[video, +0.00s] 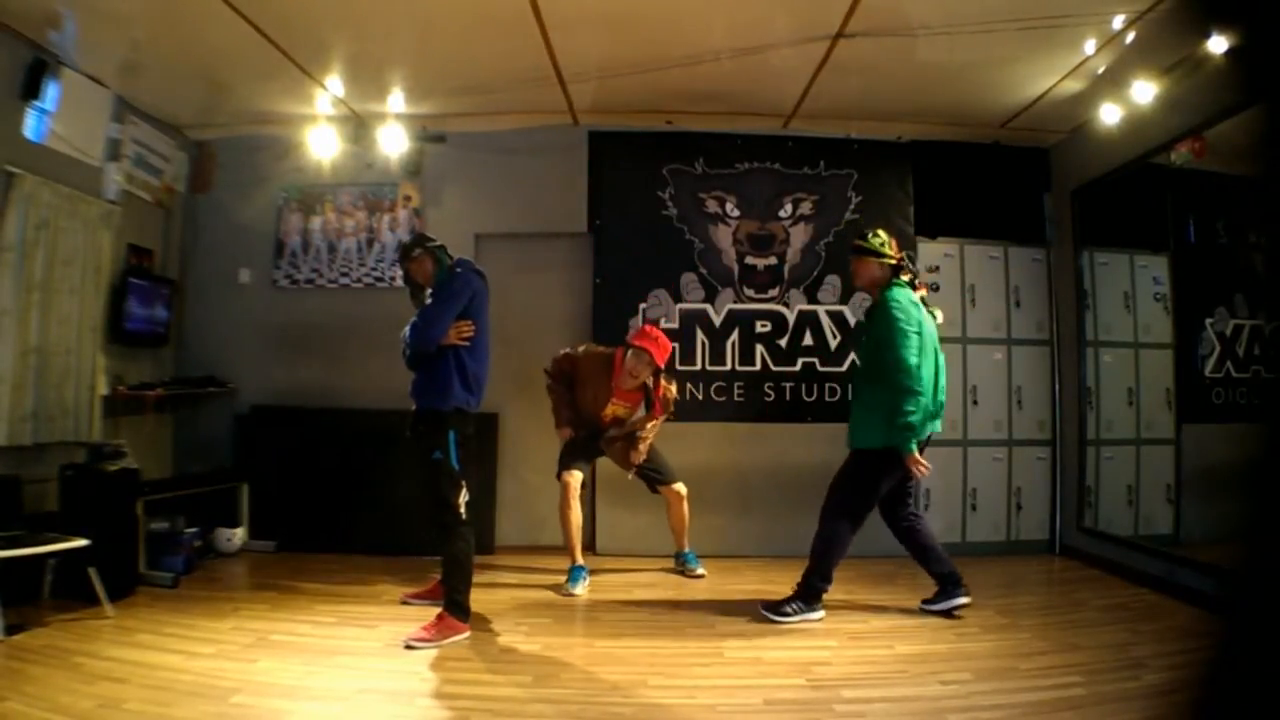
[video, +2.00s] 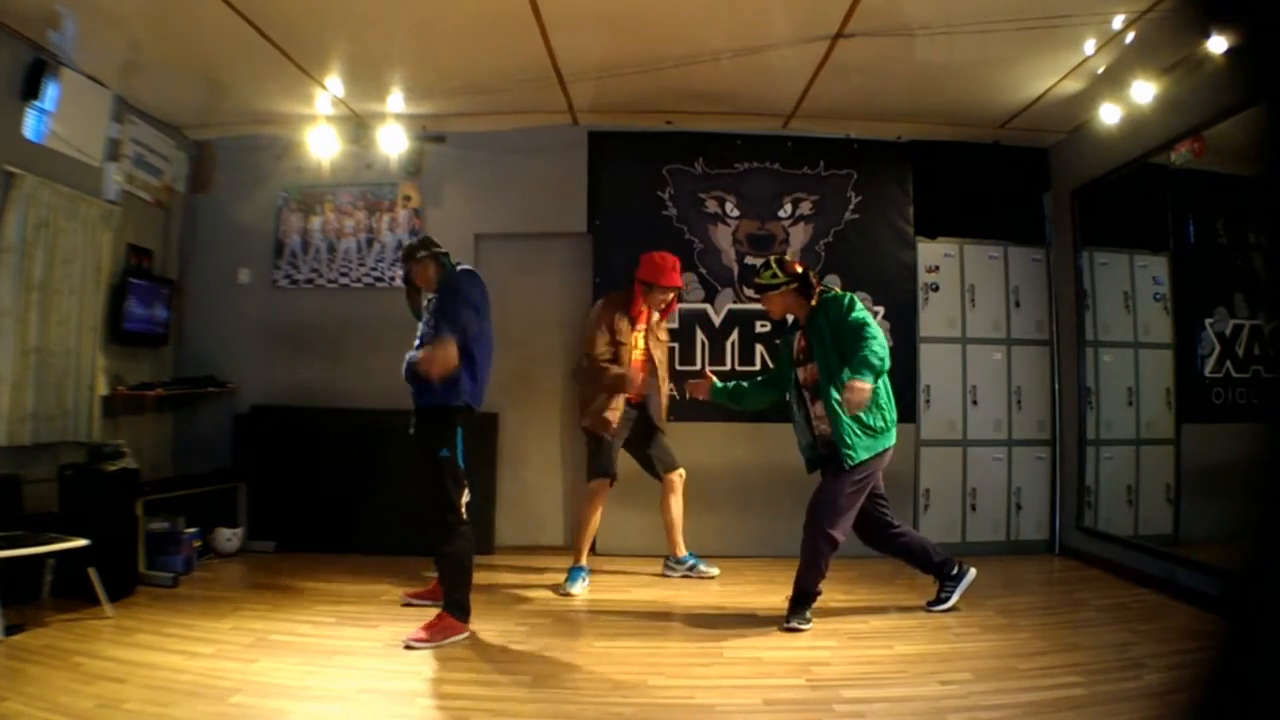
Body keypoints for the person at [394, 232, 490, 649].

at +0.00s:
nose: (413, 276)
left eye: (415, 266)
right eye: (408, 270)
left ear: (431, 256)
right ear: (414, 269)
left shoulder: (463, 278)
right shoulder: (438, 291)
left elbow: (428, 335)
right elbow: (409, 349)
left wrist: (411, 330)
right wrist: (436, 335)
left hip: (453, 409)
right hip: (433, 409)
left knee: (455, 509)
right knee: (441, 502)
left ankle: (456, 614)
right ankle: (447, 581)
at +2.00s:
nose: (415, 282)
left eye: (415, 272)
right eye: (411, 275)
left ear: (429, 263)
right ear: (426, 266)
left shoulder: (461, 285)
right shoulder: (445, 292)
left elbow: (445, 356)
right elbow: (424, 344)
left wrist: (412, 359)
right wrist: (427, 359)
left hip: (452, 413)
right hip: (435, 412)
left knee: (454, 509)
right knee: (439, 501)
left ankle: (456, 614)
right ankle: (445, 582)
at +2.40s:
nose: (428, 265)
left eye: (435, 256)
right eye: (423, 257)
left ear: (452, 256)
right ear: (416, 259)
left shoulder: (479, 291)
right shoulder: (410, 298)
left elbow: (507, 347)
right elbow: (395, 357)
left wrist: (501, 400)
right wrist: (399, 410)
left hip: (461, 407)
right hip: (422, 407)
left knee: (456, 499)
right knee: (431, 496)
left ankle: (457, 596)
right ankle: (441, 581)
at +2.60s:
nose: (453, 257)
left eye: (461, 250)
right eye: (446, 249)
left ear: (472, 252)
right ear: (432, 250)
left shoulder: (486, 295)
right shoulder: (408, 292)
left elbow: (498, 356)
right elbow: (390, 352)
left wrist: (497, 409)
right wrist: (403, 401)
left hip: (468, 409)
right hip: (425, 409)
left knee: (472, 499)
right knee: (433, 496)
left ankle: (469, 593)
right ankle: (446, 582)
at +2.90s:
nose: (480, 264)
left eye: (487, 257)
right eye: (473, 255)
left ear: (496, 258)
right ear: (455, 251)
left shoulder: (501, 304)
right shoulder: (421, 286)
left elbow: (507, 370)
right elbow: (392, 343)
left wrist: (500, 424)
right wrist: (389, 401)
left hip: (473, 410)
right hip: (427, 408)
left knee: (470, 503)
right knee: (433, 496)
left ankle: (470, 599)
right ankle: (447, 581)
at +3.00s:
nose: (484, 260)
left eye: (492, 252)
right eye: (477, 250)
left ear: (500, 256)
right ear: (459, 249)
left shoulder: (506, 305)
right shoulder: (425, 283)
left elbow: (511, 373)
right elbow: (395, 336)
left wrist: (502, 427)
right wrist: (388, 393)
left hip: (474, 411)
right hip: (428, 407)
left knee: (470, 505)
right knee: (432, 496)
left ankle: (469, 601)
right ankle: (445, 577)